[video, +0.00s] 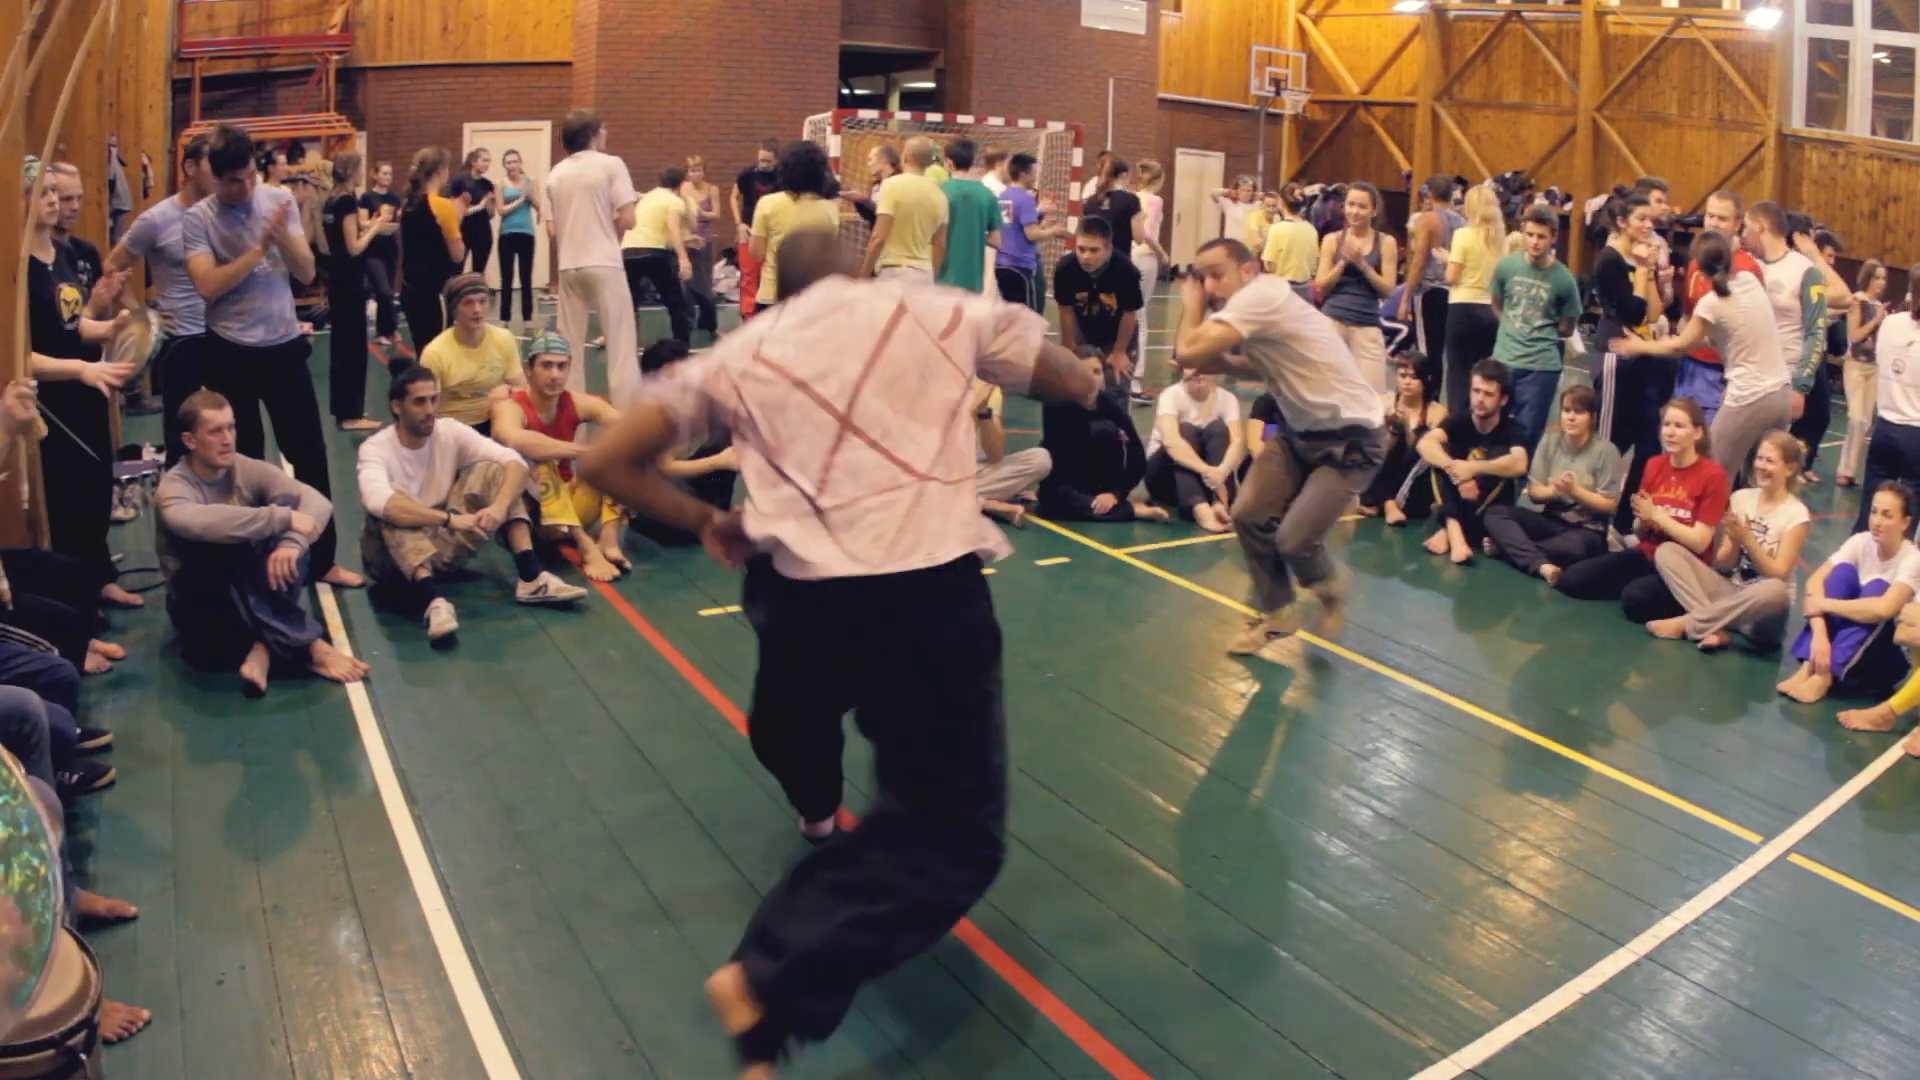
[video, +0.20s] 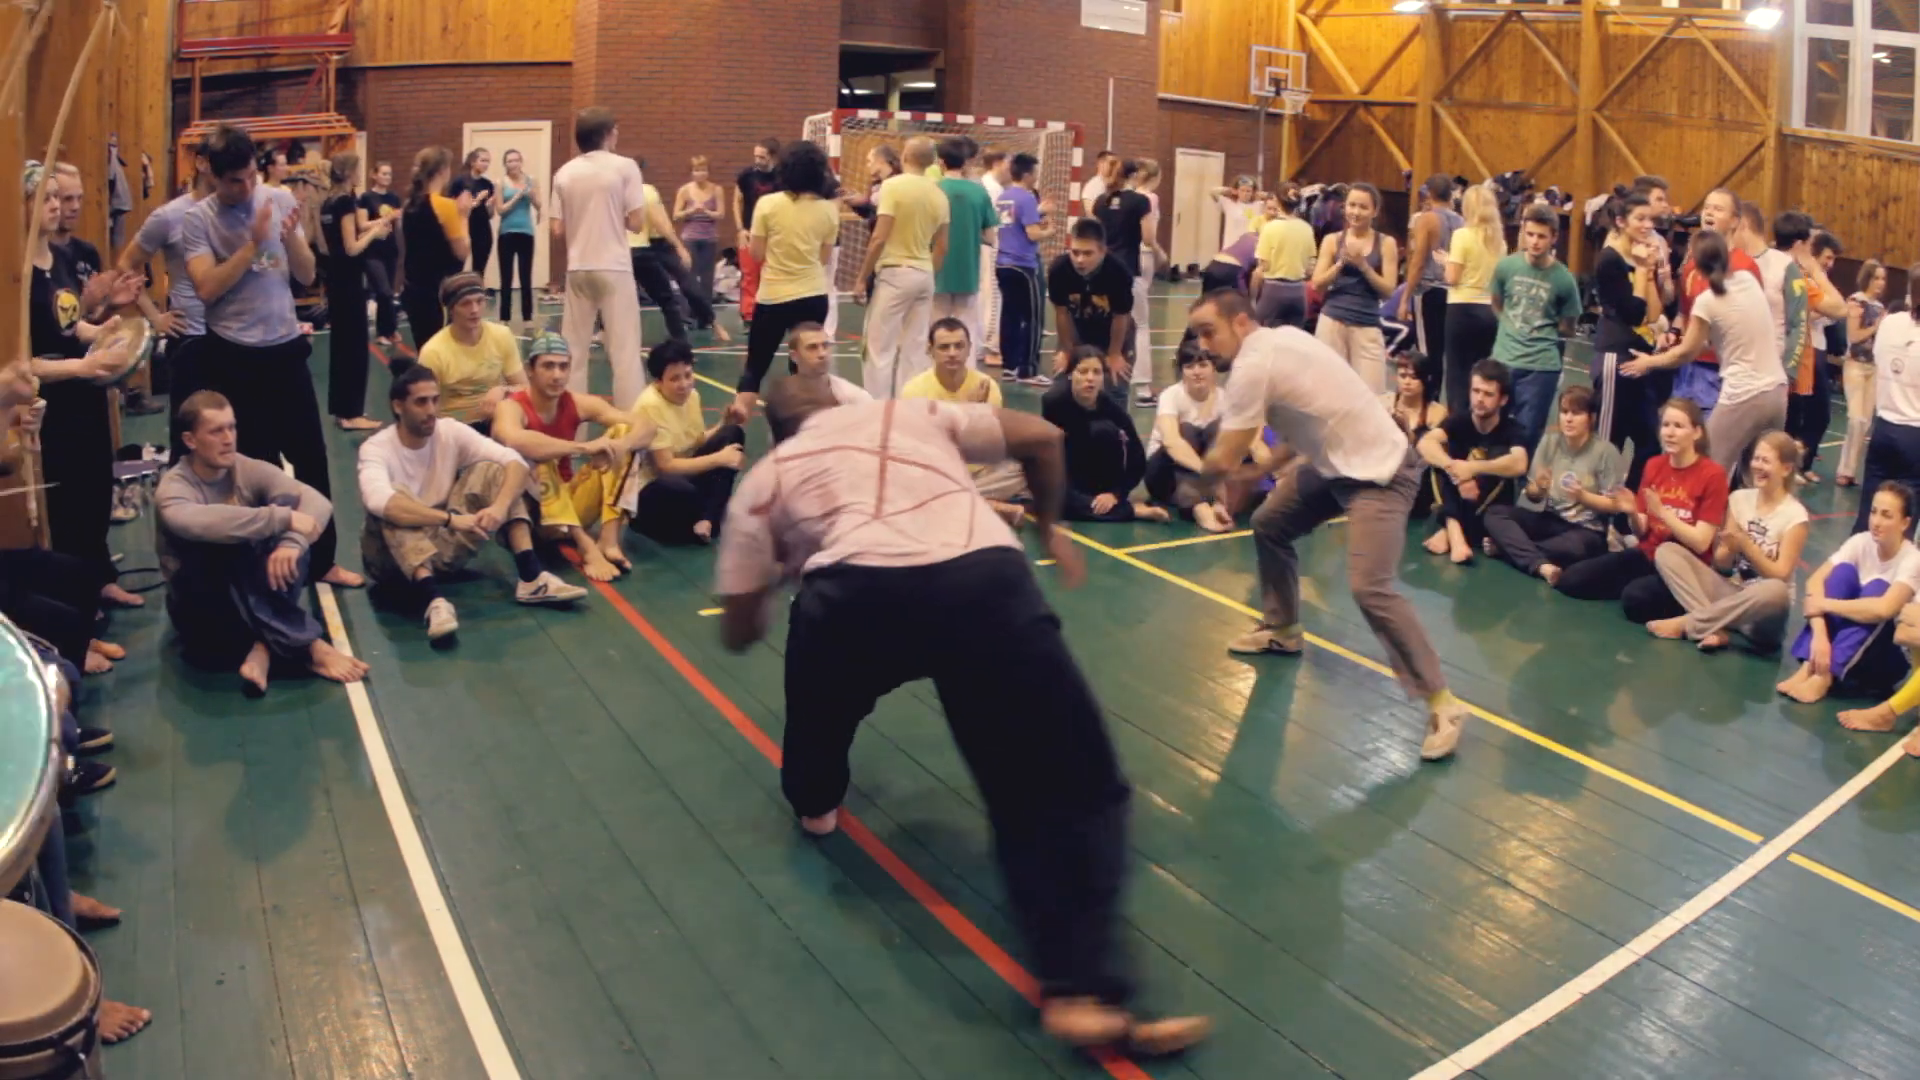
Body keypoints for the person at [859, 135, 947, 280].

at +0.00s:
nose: (900, 156)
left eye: (902, 152)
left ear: (904, 157)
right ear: (929, 162)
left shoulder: (891, 185)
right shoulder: (939, 195)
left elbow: (878, 238)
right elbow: (939, 245)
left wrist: (864, 273)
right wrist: (932, 275)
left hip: (891, 269)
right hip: (923, 272)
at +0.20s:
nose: (900, 155)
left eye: (902, 152)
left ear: (904, 157)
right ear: (931, 162)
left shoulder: (892, 187)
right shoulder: (940, 196)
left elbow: (879, 237)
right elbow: (941, 245)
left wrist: (862, 277)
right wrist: (927, 273)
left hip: (895, 269)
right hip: (924, 270)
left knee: (880, 346)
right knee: (915, 347)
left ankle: (877, 412)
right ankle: (911, 412)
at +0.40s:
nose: (900, 154)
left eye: (903, 152)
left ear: (904, 156)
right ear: (931, 161)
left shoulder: (892, 187)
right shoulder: (940, 196)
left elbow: (880, 238)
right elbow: (942, 246)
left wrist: (863, 278)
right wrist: (929, 275)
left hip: (895, 268)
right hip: (924, 270)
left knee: (880, 346)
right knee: (916, 347)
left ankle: (878, 415)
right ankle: (909, 414)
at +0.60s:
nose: (901, 155)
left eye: (903, 152)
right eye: (904, 151)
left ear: (906, 156)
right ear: (931, 161)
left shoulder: (893, 187)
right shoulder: (940, 196)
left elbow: (880, 237)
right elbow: (943, 246)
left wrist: (864, 278)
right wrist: (932, 280)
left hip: (895, 269)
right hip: (925, 270)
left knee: (880, 347)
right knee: (916, 349)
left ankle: (879, 420)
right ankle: (912, 420)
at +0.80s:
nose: (902, 155)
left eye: (904, 151)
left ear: (906, 156)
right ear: (932, 162)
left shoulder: (893, 186)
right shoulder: (941, 196)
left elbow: (880, 236)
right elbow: (944, 247)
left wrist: (863, 278)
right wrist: (931, 281)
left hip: (895, 270)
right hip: (925, 271)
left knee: (880, 346)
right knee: (916, 350)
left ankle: (879, 420)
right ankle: (913, 420)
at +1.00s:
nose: (901, 154)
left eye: (904, 151)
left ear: (906, 156)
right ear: (932, 161)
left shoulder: (893, 185)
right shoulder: (941, 196)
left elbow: (879, 236)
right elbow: (943, 246)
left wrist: (863, 277)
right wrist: (931, 277)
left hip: (895, 268)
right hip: (925, 270)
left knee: (881, 346)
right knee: (916, 348)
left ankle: (880, 420)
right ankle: (914, 418)